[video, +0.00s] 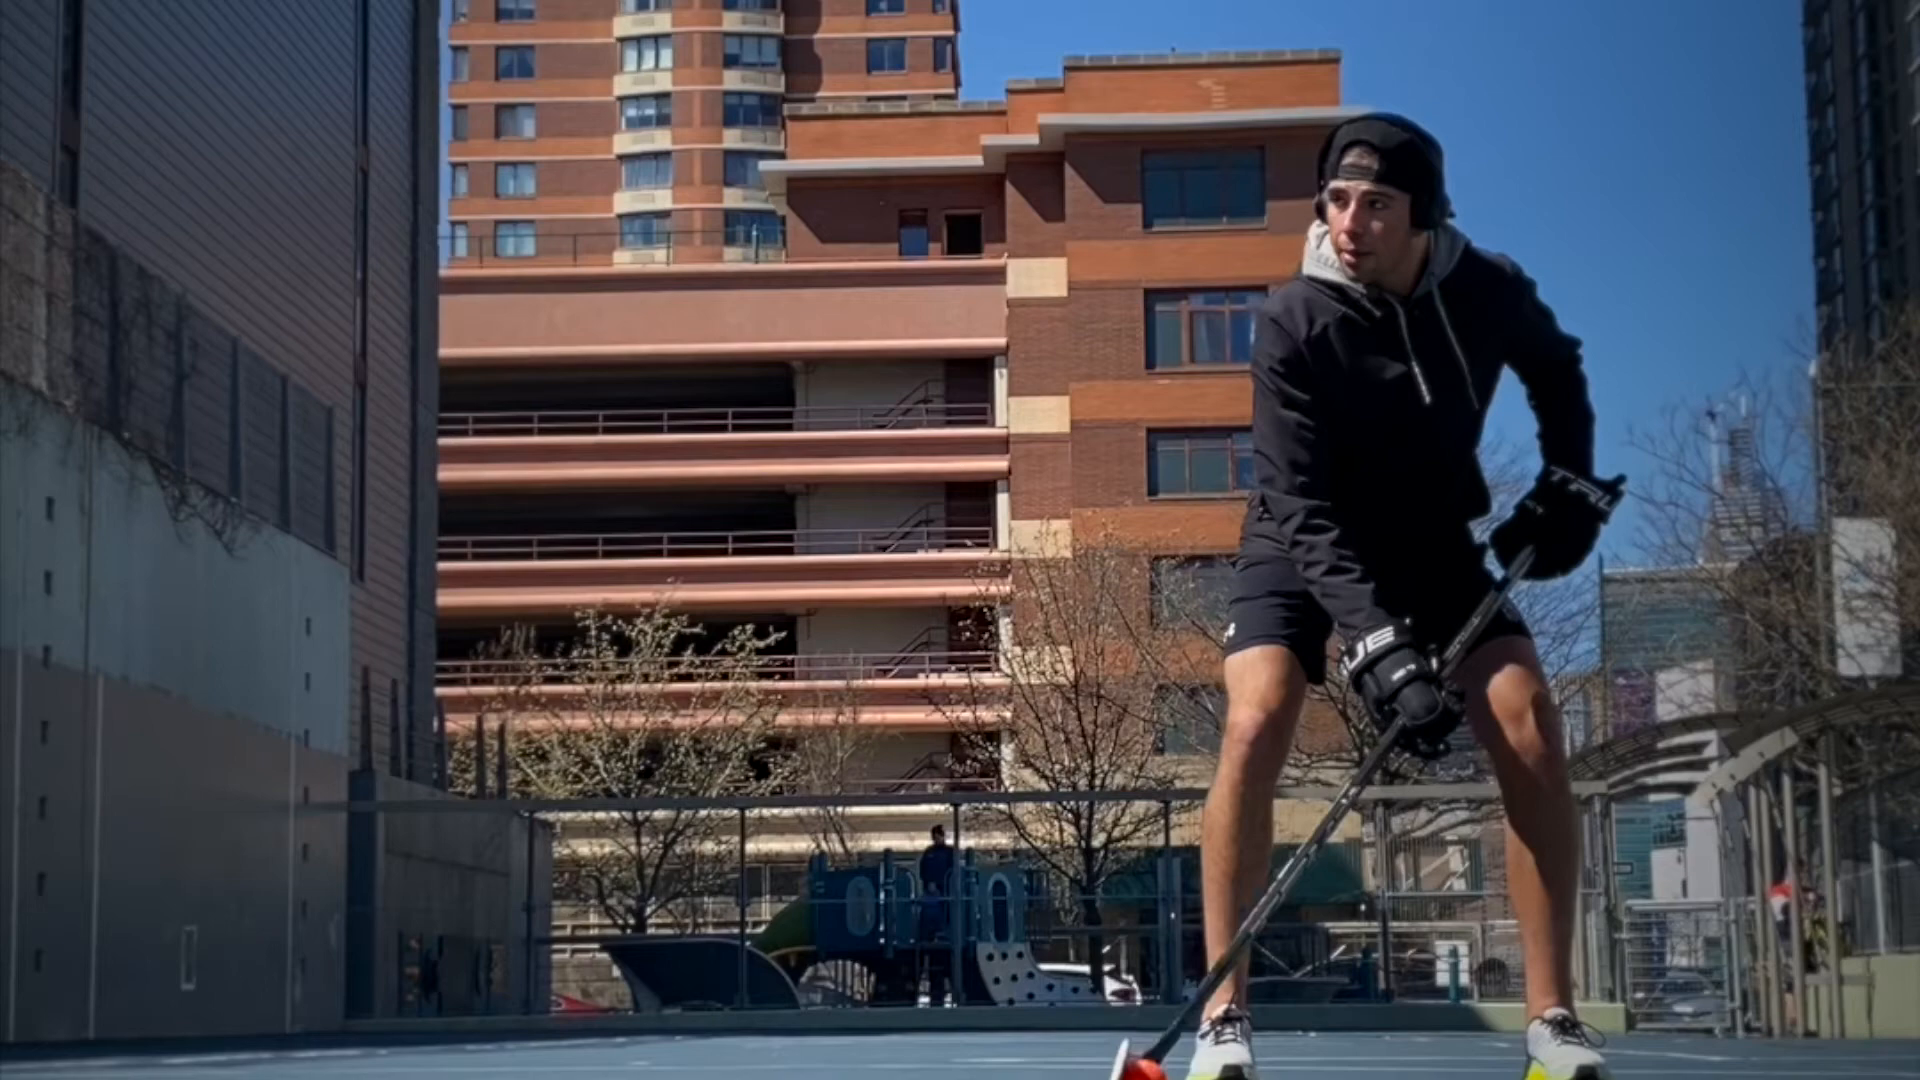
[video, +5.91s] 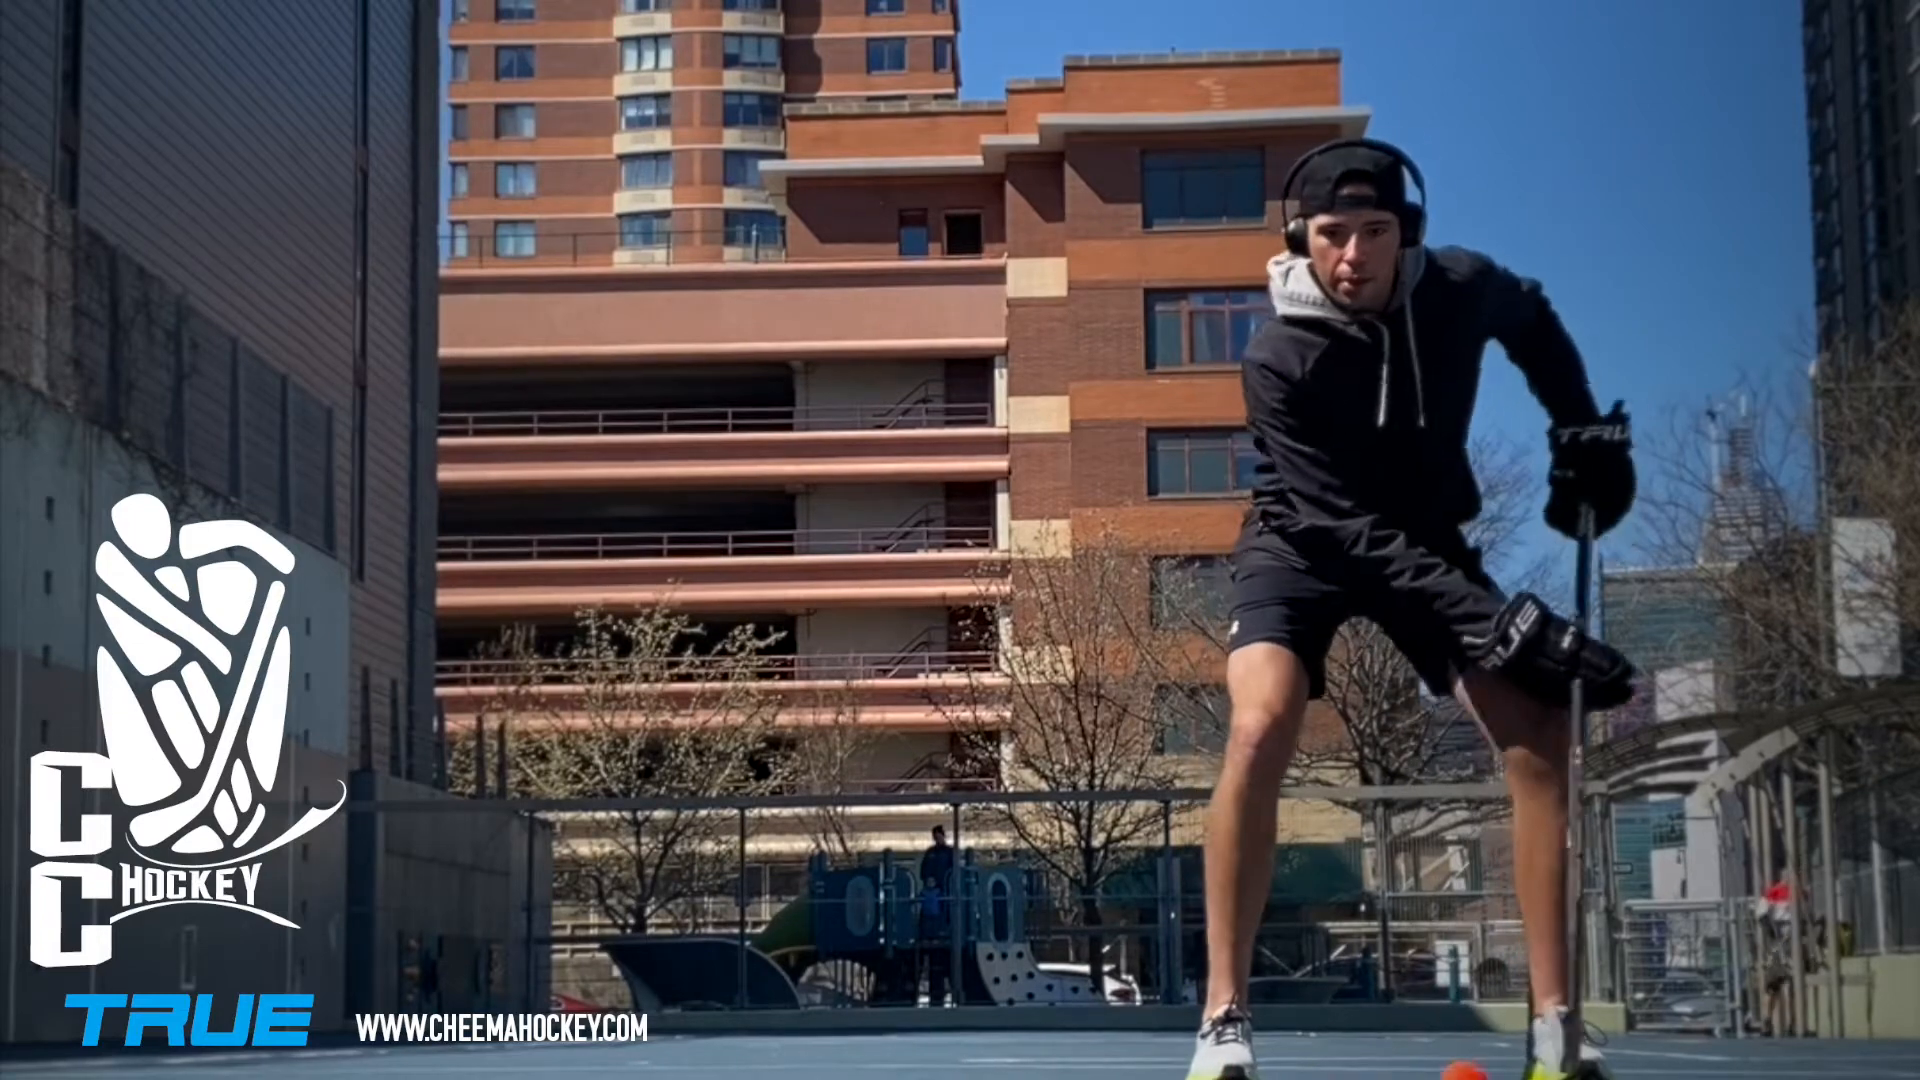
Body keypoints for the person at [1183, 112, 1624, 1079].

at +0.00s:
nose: (1351, 222)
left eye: (1376, 204)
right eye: (1338, 201)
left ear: (1424, 214)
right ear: (1321, 207)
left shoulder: (1487, 290)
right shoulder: (1294, 320)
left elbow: (1555, 372)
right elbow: (1296, 506)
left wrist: (1568, 481)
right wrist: (1371, 643)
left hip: (1435, 537)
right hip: (1303, 538)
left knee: (1531, 725)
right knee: (1256, 723)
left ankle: (1552, 1015)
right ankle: (1222, 1011)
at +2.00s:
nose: (1404, 229)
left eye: (1419, 208)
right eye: (1380, 211)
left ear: (1436, 211)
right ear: (1332, 219)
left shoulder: (1471, 287)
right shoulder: (1286, 328)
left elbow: (1534, 354)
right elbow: (1309, 515)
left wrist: (1551, 472)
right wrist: (1425, 632)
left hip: (1425, 534)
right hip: (1295, 535)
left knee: (1528, 744)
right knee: (1249, 727)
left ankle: (1552, 1018)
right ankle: (1223, 1016)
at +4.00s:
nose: (1296, 291)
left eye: (1313, 268)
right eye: (1274, 271)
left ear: (1343, 265)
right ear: (1241, 275)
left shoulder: (1403, 319)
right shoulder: (1225, 386)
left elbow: (1481, 357)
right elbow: (1280, 559)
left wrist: (1489, 473)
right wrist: (1407, 668)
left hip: (1395, 566)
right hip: (1266, 573)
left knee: (1509, 723)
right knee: (1210, 730)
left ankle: (1546, 1013)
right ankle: (1217, 1015)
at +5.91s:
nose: (1351, 254)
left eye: (1371, 232)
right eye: (1330, 234)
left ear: (1405, 234)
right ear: (1301, 240)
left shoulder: (1458, 285)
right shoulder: (1283, 359)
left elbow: (1531, 323)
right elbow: (1355, 532)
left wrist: (1583, 435)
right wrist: (1517, 633)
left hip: (1426, 540)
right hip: (1300, 544)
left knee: (1541, 743)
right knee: (1261, 726)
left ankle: (1556, 1025)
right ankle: (1224, 1016)